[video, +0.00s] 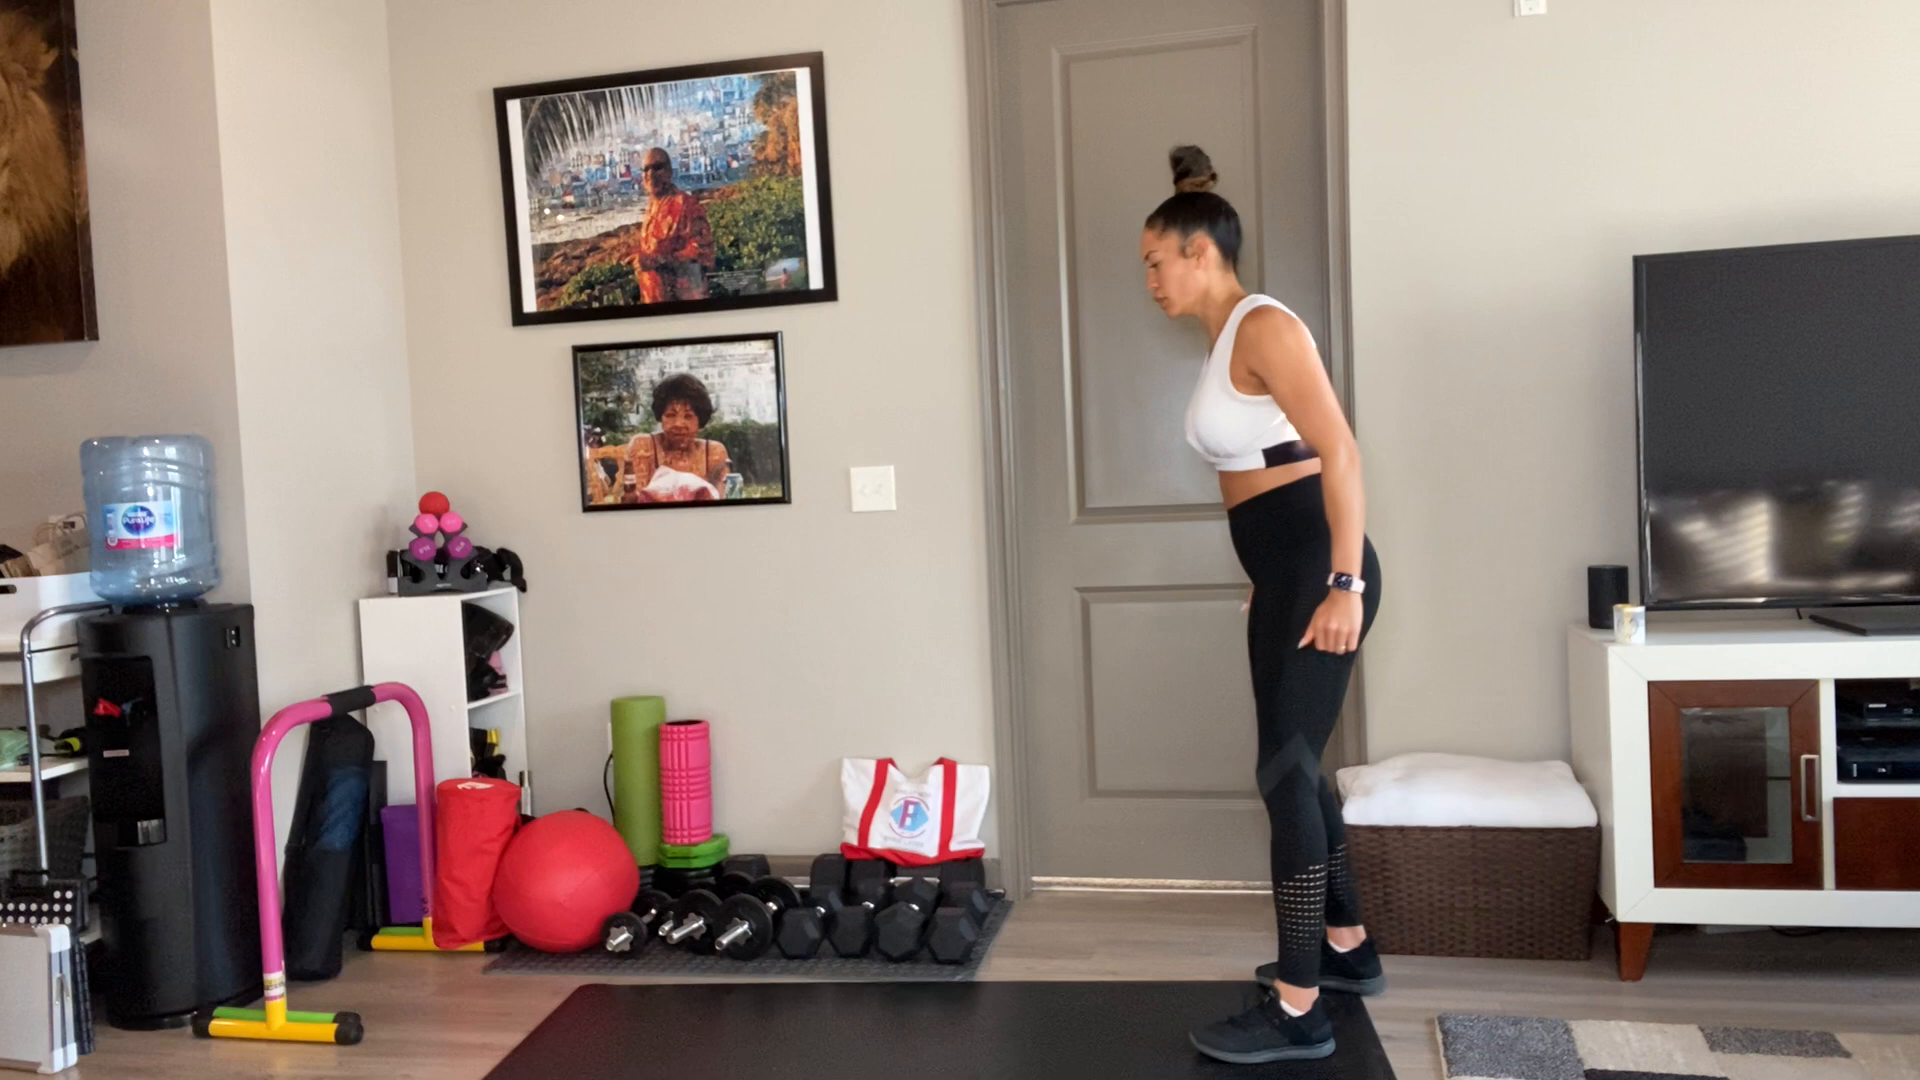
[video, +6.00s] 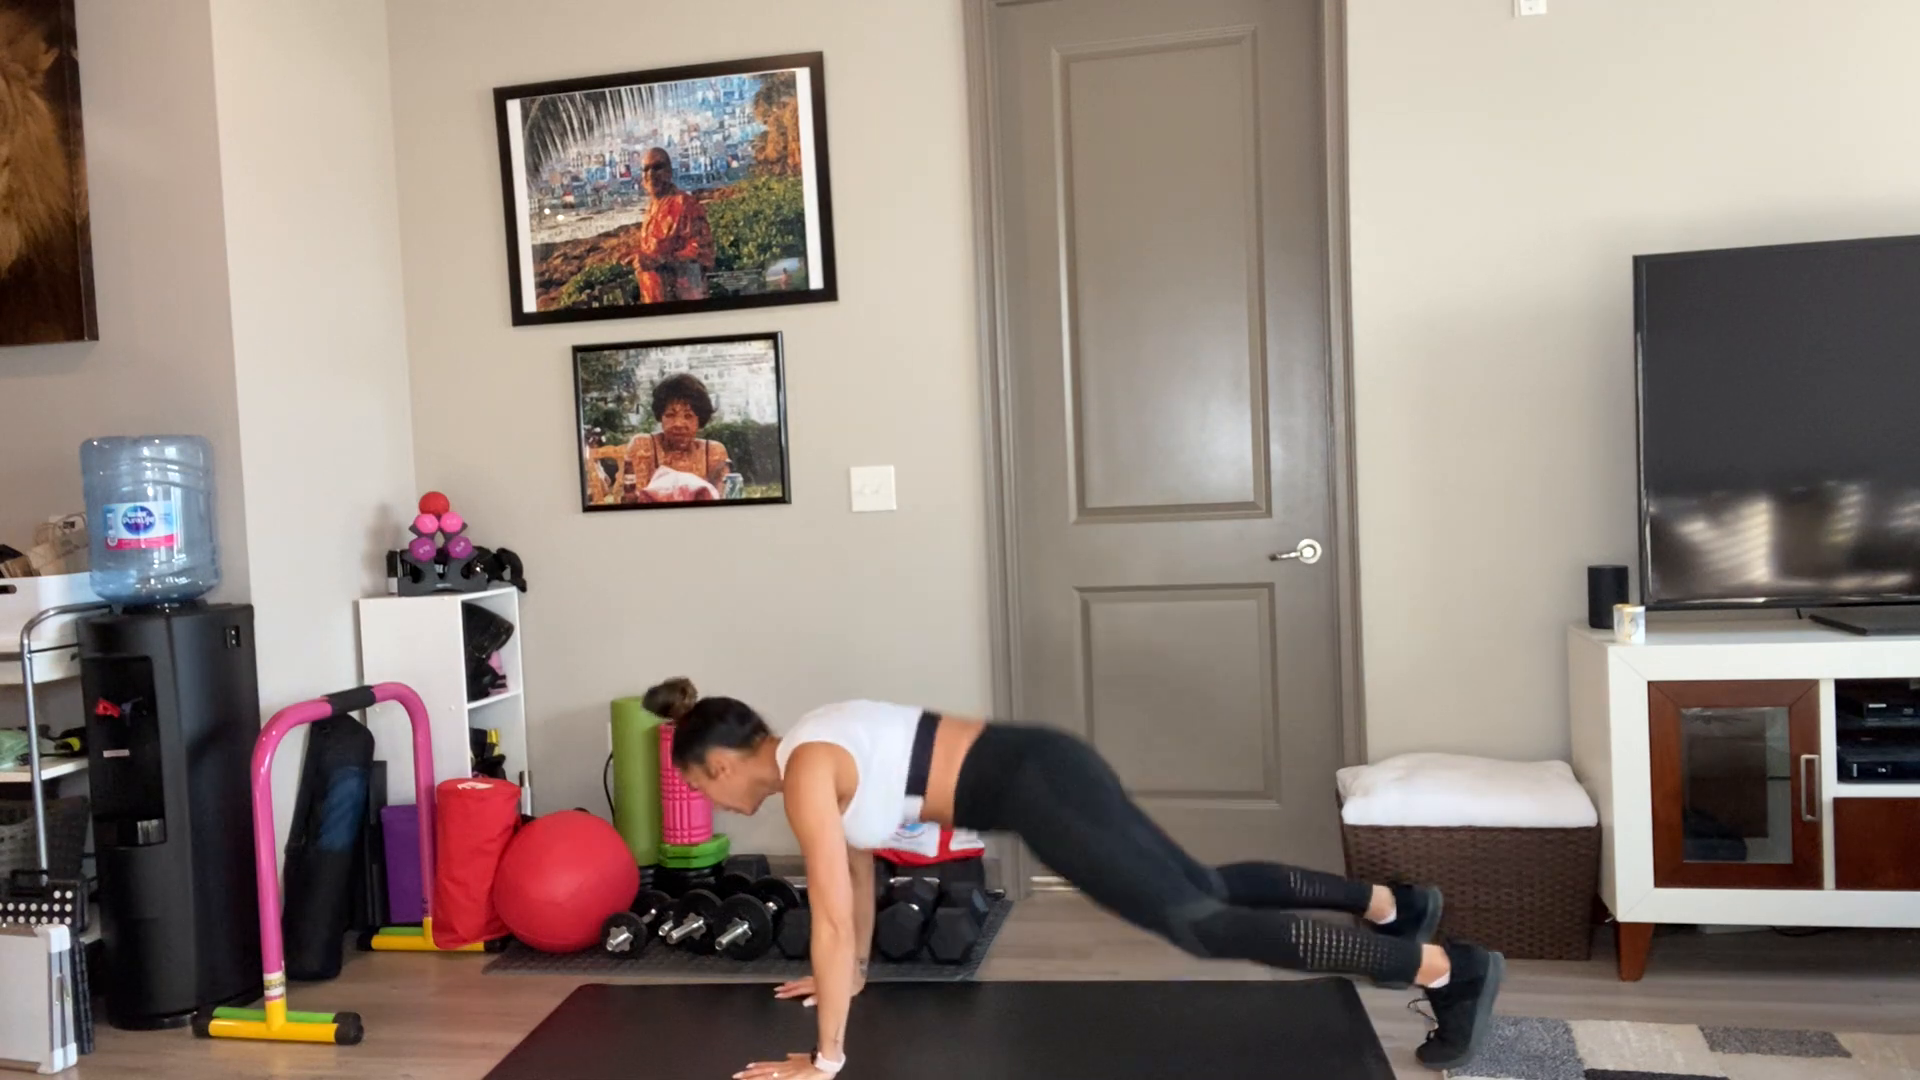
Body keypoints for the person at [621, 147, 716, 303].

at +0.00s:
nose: (650, 174)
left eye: (657, 167)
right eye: (646, 169)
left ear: (670, 172)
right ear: (642, 176)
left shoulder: (686, 204)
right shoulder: (653, 206)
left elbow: (703, 254)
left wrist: (655, 260)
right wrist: (639, 257)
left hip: (683, 297)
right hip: (655, 297)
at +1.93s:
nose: (650, 174)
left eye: (657, 167)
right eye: (646, 169)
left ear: (670, 172)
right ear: (642, 176)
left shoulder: (687, 205)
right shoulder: (653, 206)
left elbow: (703, 255)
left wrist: (655, 260)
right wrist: (639, 257)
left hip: (683, 297)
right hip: (655, 297)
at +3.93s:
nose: (650, 174)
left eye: (657, 167)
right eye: (646, 169)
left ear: (670, 172)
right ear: (642, 176)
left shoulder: (686, 204)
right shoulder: (653, 206)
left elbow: (703, 255)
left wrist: (655, 260)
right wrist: (638, 257)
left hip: (683, 297)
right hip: (655, 297)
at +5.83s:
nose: (650, 175)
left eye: (657, 167)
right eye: (645, 169)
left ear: (669, 171)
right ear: (642, 176)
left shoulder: (686, 204)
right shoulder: (654, 206)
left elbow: (702, 254)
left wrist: (657, 261)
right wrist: (638, 257)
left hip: (683, 297)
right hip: (655, 297)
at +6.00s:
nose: (650, 175)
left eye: (657, 167)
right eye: (645, 169)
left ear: (669, 172)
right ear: (642, 176)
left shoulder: (686, 204)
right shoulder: (654, 206)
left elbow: (703, 255)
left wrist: (657, 261)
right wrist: (638, 257)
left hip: (683, 297)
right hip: (655, 297)